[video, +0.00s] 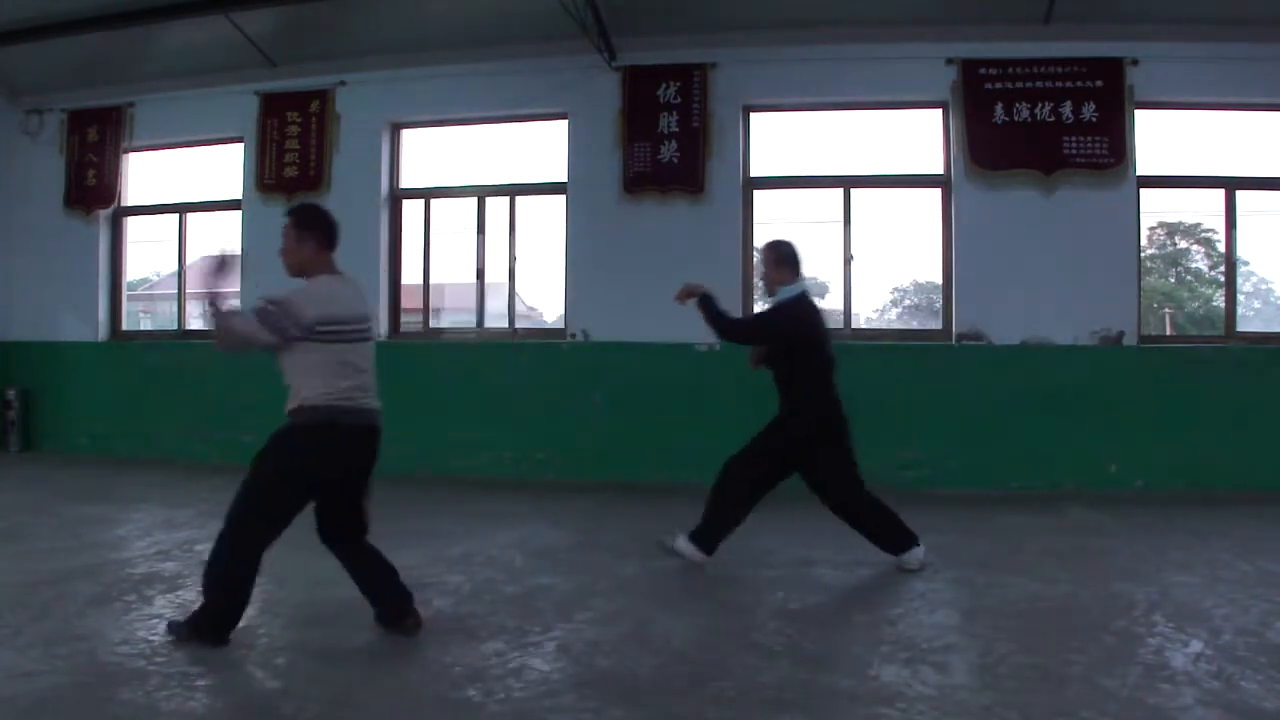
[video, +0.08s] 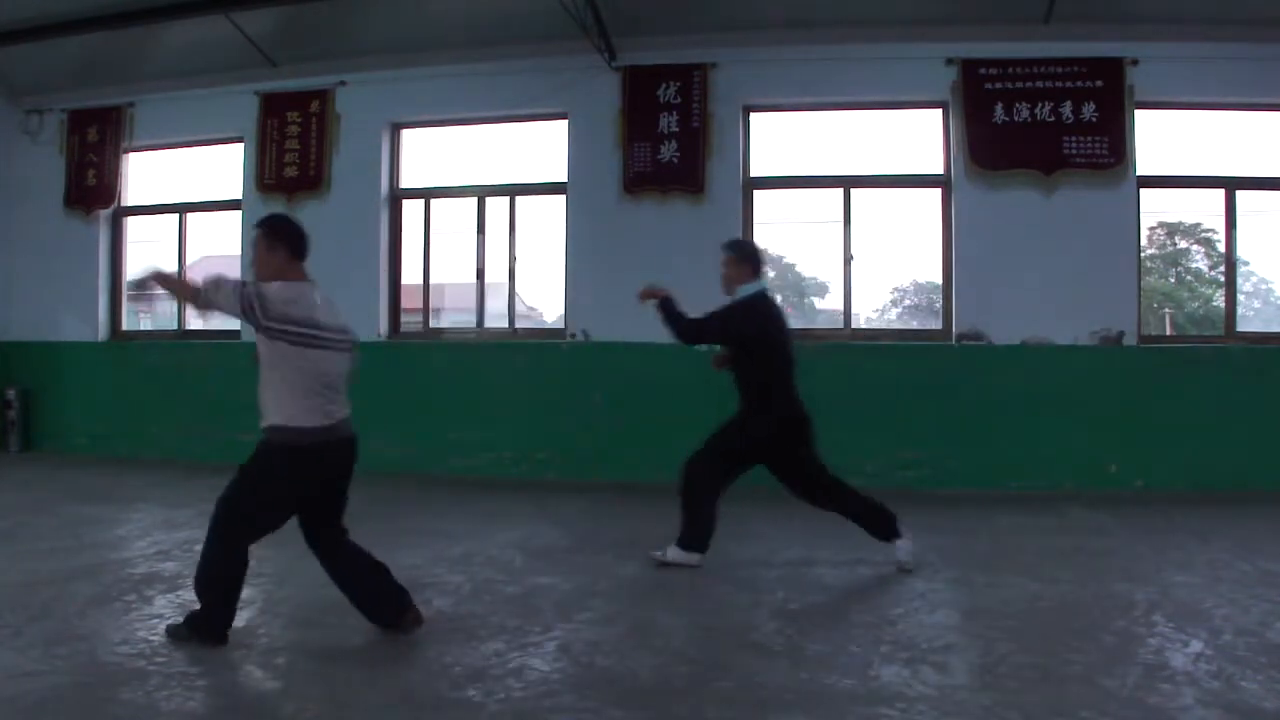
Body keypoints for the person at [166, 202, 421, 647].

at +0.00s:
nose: (282, 251)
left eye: (288, 241)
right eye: (283, 241)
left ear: (311, 243)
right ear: (324, 245)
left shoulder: (303, 300)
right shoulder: (355, 295)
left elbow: (247, 331)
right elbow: (286, 328)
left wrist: (221, 313)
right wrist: (239, 323)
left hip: (312, 428)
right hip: (362, 429)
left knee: (248, 525)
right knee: (342, 530)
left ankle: (213, 623)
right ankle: (399, 614)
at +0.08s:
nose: (254, 261)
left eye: (258, 252)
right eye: (255, 252)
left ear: (278, 254)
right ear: (298, 256)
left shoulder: (271, 299)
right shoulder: (332, 312)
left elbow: (210, 293)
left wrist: (170, 283)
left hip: (288, 448)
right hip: (336, 445)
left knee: (230, 524)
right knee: (327, 536)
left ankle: (211, 623)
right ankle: (398, 611)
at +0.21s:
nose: (236, 272)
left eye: (242, 262)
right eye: (237, 262)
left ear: (265, 263)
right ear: (274, 264)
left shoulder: (283, 315)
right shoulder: (304, 311)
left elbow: (257, 379)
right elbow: (274, 382)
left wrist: (210, 357)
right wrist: (223, 369)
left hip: (291, 446)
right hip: (331, 445)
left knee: (222, 520)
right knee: (319, 539)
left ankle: (210, 621)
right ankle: (386, 615)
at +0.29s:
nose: (222, 282)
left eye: (227, 271)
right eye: (223, 272)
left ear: (251, 272)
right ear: (260, 273)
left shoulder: (289, 320)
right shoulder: (269, 326)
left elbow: (299, 390)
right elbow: (216, 361)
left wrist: (242, 391)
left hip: (297, 450)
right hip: (330, 449)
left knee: (224, 519)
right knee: (325, 546)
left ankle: (210, 622)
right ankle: (390, 618)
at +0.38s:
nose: (221, 285)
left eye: (225, 274)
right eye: (221, 276)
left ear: (250, 274)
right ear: (258, 275)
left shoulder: (284, 320)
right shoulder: (268, 326)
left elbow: (298, 387)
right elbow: (216, 357)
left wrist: (253, 390)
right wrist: (183, 306)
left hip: (298, 449)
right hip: (333, 448)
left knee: (227, 522)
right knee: (330, 545)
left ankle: (211, 622)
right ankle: (392, 619)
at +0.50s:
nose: (229, 277)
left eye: (233, 267)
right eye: (229, 268)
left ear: (254, 266)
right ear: (265, 267)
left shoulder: (290, 313)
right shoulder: (273, 319)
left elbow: (303, 384)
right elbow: (215, 342)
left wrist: (264, 385)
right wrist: (187, 286)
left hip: (307, 443)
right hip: (340, 440)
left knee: (241, 522)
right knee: (336, 540)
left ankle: (211, 621)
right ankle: (395, 620)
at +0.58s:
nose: (239, 272)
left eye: (242, 263)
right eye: (240, 263)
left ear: (256, 263)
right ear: (278, 262)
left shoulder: (295, 311)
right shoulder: (277, 316)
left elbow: (304, 382)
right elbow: (218, 339)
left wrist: (268, 381)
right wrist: (191, 280)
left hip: (312, 441)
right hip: (343, 437)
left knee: (247, 524)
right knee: (339, 538)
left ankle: (212, 621)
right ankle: (396, 619)